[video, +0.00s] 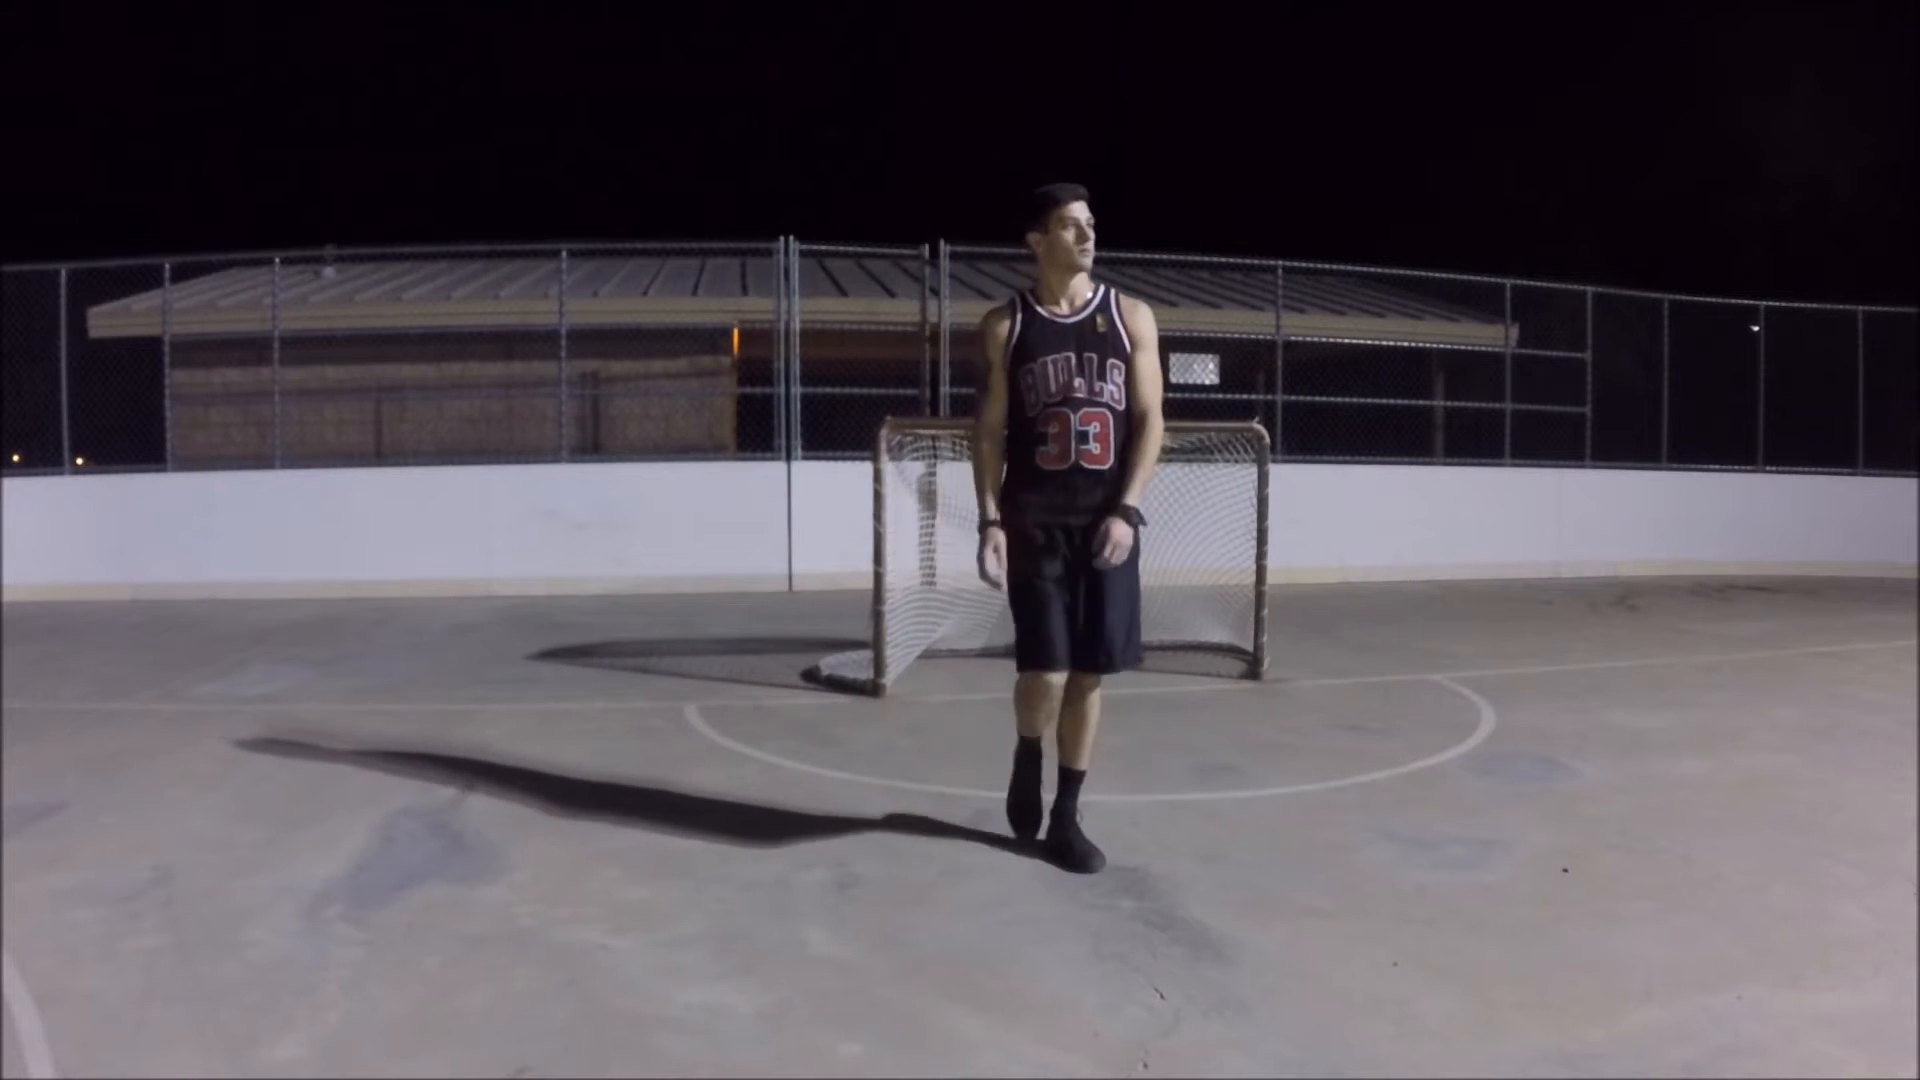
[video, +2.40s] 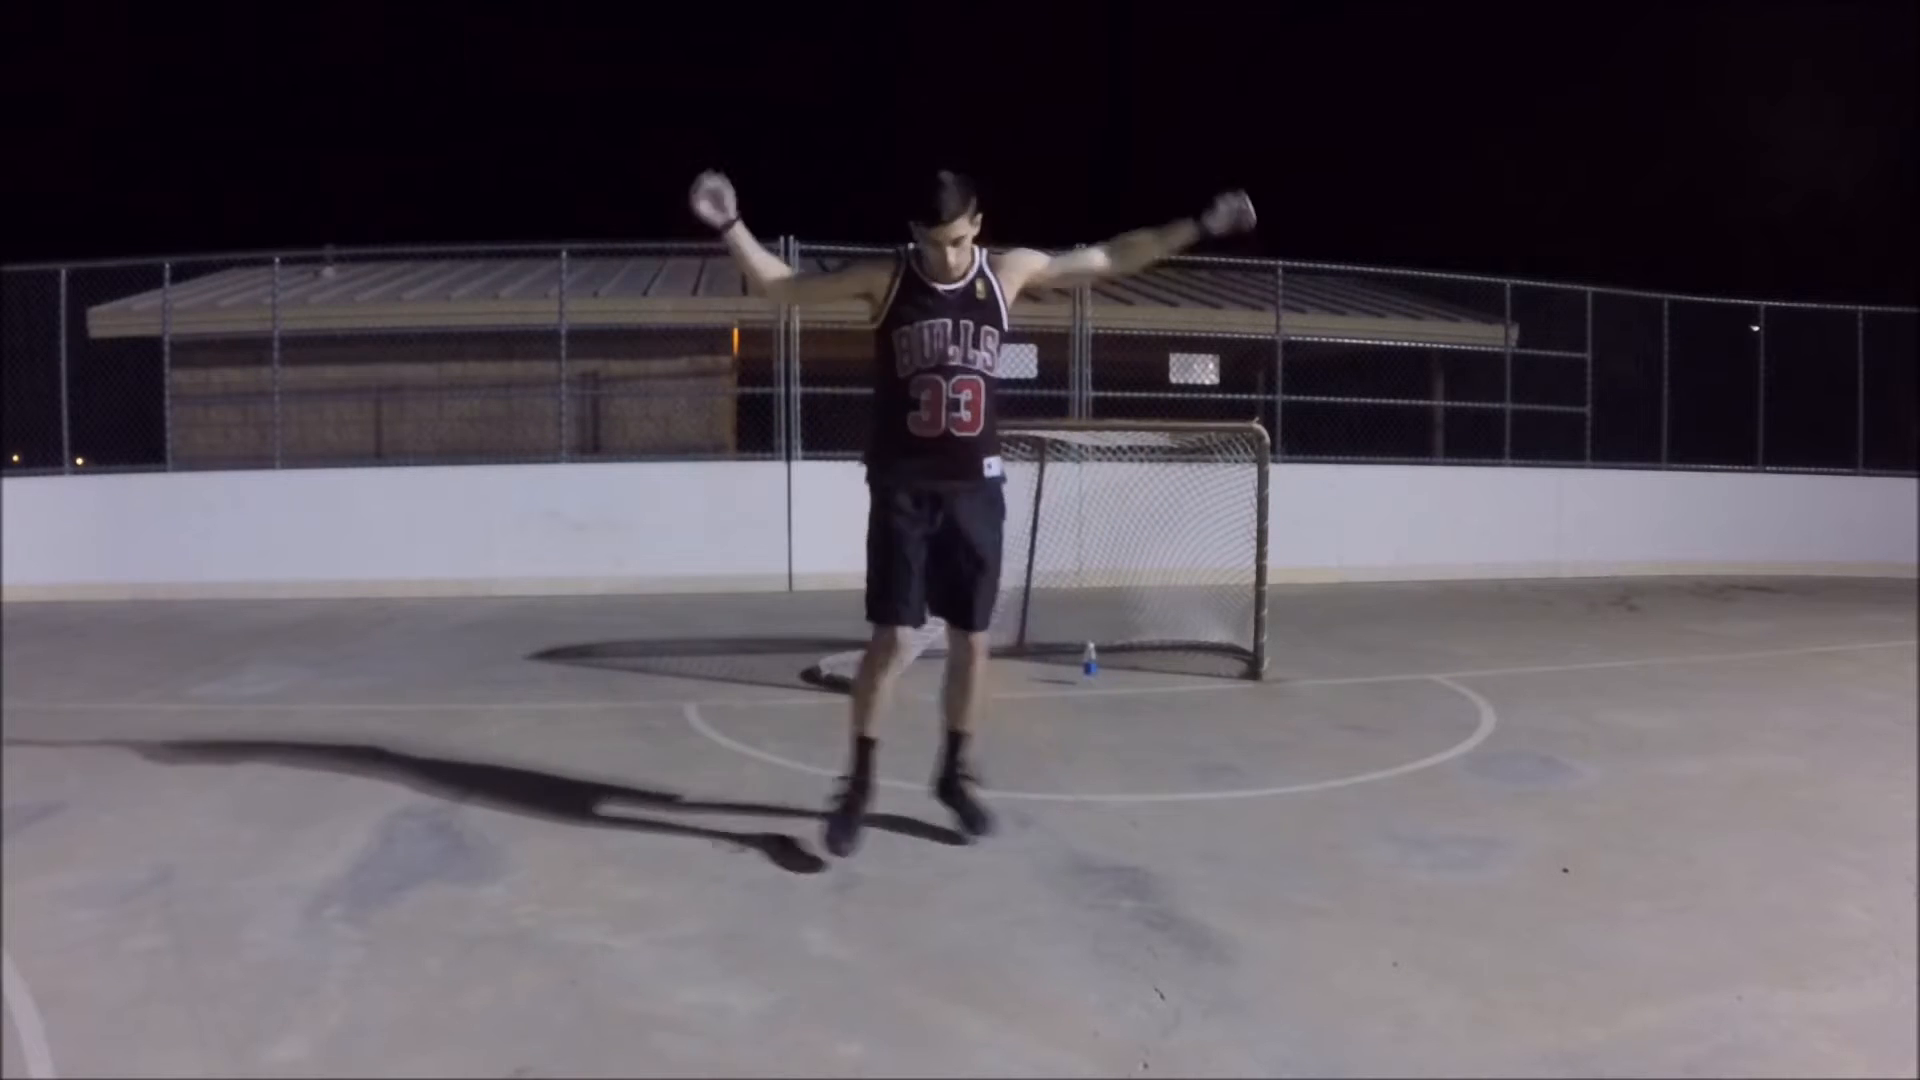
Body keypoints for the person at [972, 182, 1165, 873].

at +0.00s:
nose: (1085, 232)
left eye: (1088, 224)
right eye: (1070, 225)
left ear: (1096, 238)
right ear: (1036, 241)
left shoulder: (1132, 316)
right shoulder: (1006, 325)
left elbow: (1151, 422)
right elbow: (989, 430)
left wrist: (1127, 509)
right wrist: (991, 518)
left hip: (1107, 519)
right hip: (1034, 518)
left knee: (1088, 672)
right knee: (1044, 667)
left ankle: (1066, 817)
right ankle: (1028, 766)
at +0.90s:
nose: (977, 235)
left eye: (989, 222)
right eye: (968, 226)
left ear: (1016, 233)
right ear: (958, 241)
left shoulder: (1060, 315)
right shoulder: (945, 317)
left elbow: (1085, 423)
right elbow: (923, 416)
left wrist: (1067, 519)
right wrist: (923, 502)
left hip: (1032, 525)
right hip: (956, 523)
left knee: (1047, 672)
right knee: (950, 667)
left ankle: (1060, 818)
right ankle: (949, 809)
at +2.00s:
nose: (986, 239)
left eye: (997, 226)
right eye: (975, 230)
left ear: (1023, 235)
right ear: (960, 244)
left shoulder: (1064, 318)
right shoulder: (942, 316)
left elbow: (1094, 421)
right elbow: (908, 406)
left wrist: (1095, 520)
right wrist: (888, 490)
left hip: (1026, 523)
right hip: (947, 516)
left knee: (1032, 664)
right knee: (913, 658)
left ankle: (1038, 803)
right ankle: (867, 786)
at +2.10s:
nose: (980, 251)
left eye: (992, 239)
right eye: (970, 242)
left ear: (1018, 246)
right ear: (958, 252)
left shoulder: (1058, 325)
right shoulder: (936, 322)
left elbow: (1097, 419)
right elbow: (872, 397)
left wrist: (1127, 505)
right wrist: (845, 478)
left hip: (1024, 531)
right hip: (943, 527)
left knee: (1035, 674)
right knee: (891, 664)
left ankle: (1040, 803)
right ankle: (828, 789)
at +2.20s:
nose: (973, 268)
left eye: (985, 257)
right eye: (963, 257)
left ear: (1007, 261)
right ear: (949, 262)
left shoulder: (1045, 332)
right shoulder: (920, 329)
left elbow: (1122, 395)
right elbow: (838, 372)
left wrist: (1187, 442)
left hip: (1017, 540)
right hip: (932, 538)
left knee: (1039, 682)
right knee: (869, 674)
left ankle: (1040, 805)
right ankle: (804, 788)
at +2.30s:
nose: (964, 260)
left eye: (973, 246)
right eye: (952, 248)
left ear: (995, 237)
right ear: (933, 244)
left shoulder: (1032, 299)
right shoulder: (904, 301)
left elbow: (1128, 325)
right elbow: (802, 328)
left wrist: (1223, 326)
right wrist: (720, 307)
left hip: (997, 513)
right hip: (915, 510)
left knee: (1015, 656)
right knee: (874, 655)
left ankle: (1032, 799)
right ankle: (808, 777)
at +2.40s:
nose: (950, 256)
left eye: (961, 242)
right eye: (939, 244)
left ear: (978, 226)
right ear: (918, 232)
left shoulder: (1011, 271)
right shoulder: (883, 277)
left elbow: (1108, 258)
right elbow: (774, 282)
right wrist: (730, 224)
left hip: (976, 486)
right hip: (901, 487)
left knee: (971, 641)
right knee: (892, 641)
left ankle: (954, 775)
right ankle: (858, 785)